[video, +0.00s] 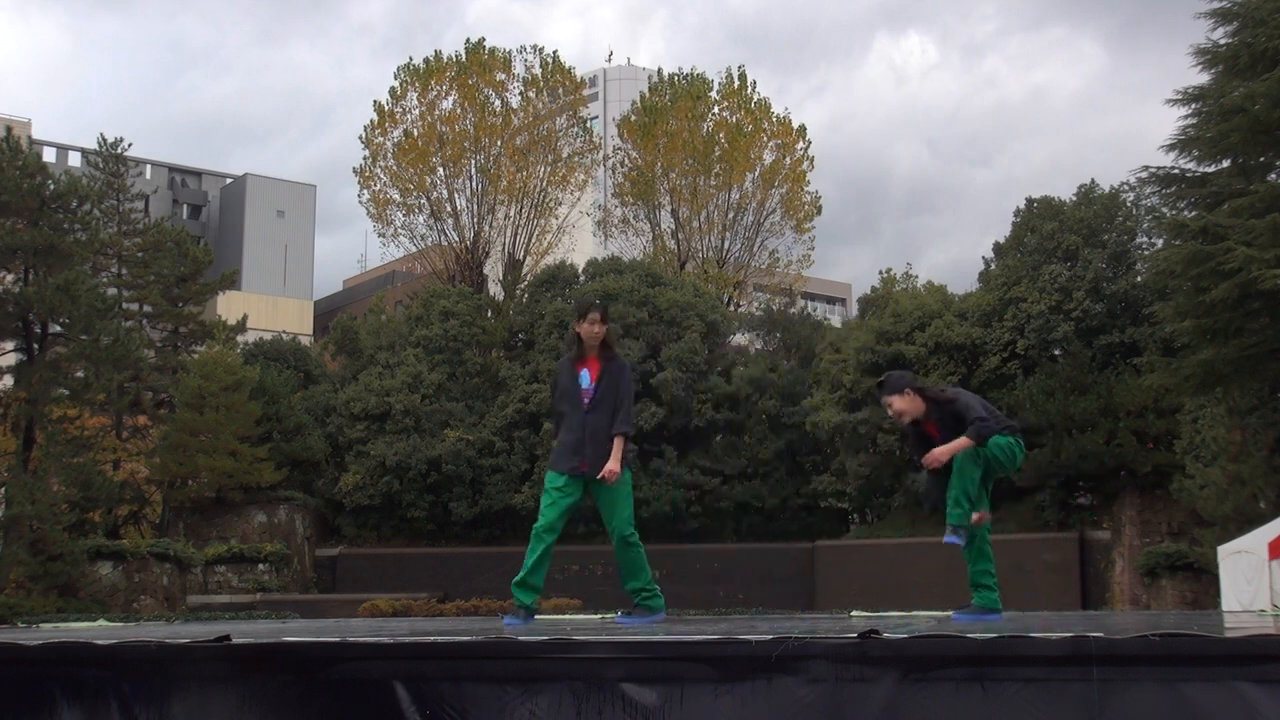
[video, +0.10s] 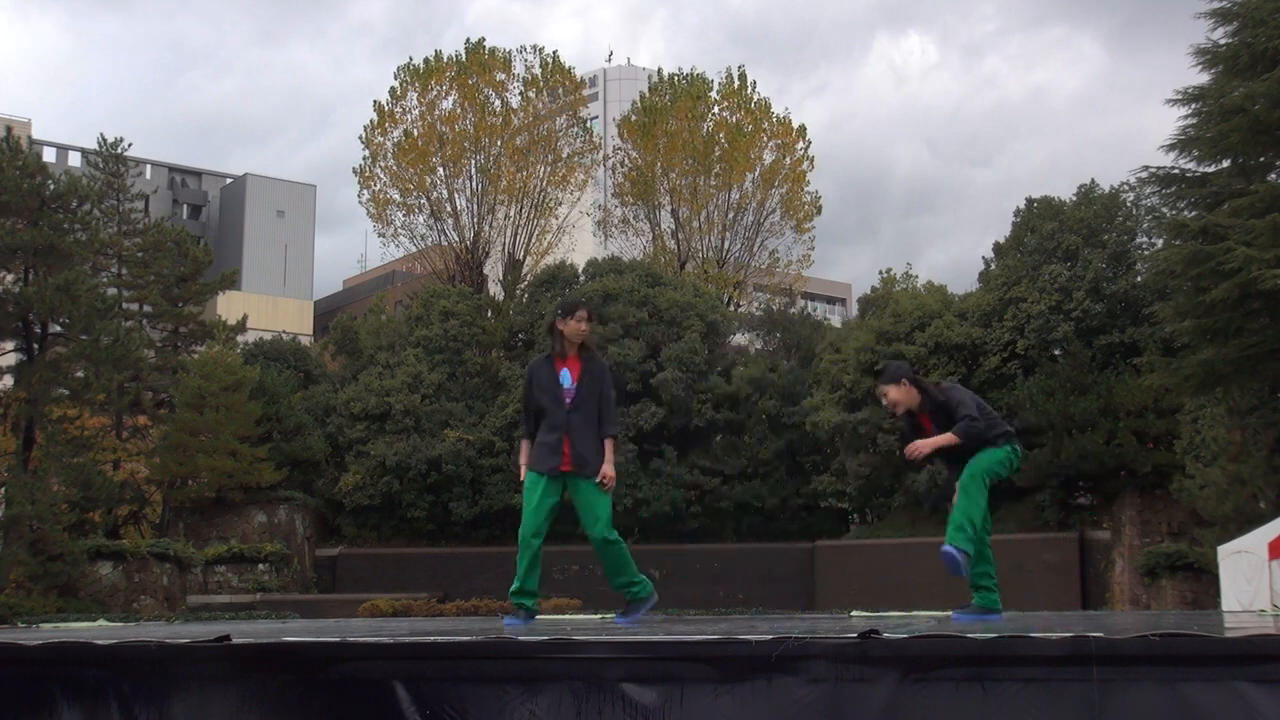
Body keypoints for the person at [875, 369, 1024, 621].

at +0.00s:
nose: (890, 412)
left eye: (890, 404)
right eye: (887, 408)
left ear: (908, 393)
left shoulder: (953, 398)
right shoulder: (917, 432)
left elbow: (985, 426)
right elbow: (937, 473)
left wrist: (947, 450)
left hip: (1006, 447)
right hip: (969, 466)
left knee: (969, 452)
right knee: (973, 526)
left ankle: (956, 523)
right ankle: (986, 601)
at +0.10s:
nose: (885, 402)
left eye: (885, 394)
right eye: (882, 399)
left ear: (904, 383)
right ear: (903, 388)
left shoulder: (949, 393)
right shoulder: (912, 423)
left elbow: (974, 426)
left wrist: (932, 443)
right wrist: (959, 488)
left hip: (1001, 447)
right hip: (968, 463)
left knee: (974, 473)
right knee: (974, 526)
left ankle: (960, 548)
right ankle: (987, 601)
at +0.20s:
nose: (883, 374)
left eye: (887, 366)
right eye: (881, 368)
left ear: (909, 365)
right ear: (902, 368)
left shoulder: (949, 391)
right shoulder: (906, 406)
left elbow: (968, 433)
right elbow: (926, 454)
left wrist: (923, 440)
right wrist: (931, 491)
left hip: (984, 463)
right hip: (953, 470)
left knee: (971, 517)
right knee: (955, 534)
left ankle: (985, 599)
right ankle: (983, 599)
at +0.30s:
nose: (895, 359)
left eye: (902, 352)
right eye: (895, 353)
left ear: (923, 357)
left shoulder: (950, 396)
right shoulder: (902, 395)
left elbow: (949, 446)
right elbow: (907, 443)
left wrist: (899, 447)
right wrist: (892, 484)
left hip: (970, 468)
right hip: (937, 473)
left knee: (952, 523)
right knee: (938, 544)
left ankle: (981, 600)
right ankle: (982, 596)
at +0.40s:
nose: (888, 345)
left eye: (895, 339)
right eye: (888, 339)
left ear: (916, 345)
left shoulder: (941, 388)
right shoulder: (892, 383)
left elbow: (941, 441)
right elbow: (892, 428)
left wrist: (892, 455)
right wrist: (881, 451)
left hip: (956, 466)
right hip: (920, 469)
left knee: (945, 526)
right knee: (910, 534)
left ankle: (980, 600)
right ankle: (955, 587)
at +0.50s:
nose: (866, 331)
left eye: (872, 325)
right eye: (868, 325)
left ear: (891, 331)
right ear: (885, 331)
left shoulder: (914, 371)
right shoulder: (881, 371)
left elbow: (922, 429)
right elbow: (885, 414)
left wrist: (884, 456)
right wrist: (874, 425)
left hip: (939, 460)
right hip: (907, 461)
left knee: (939, 529)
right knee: (879, 522)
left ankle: (980, 600)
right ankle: (916, 588)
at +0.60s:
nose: (844, 329)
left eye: (849, 323)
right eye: (845, 323)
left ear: (866, 327)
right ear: (866, 327)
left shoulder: (889, 364)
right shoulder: (866, 367)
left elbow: (899, 418)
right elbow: (879, 415)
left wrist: (860, 439)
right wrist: (861, 412)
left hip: (918, 463)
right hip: (889, 467)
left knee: (934, 534)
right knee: (857, 526)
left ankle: (979, 602)